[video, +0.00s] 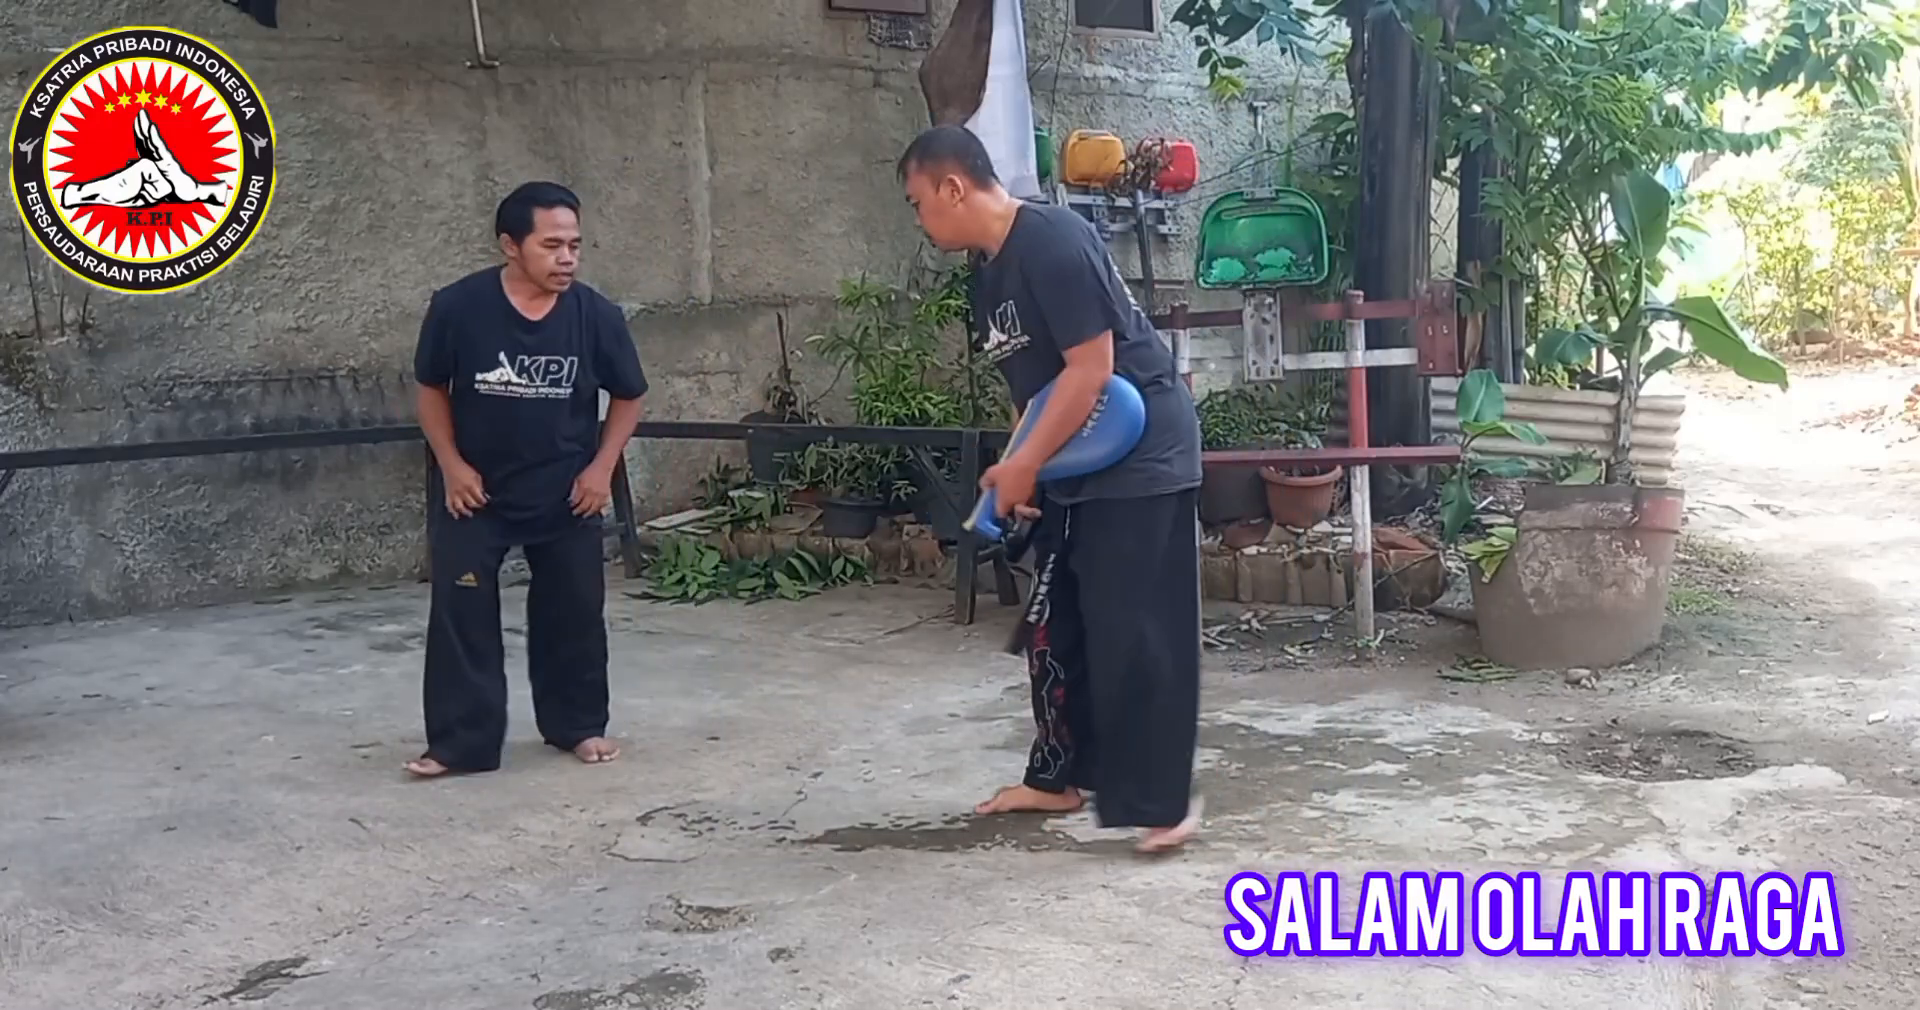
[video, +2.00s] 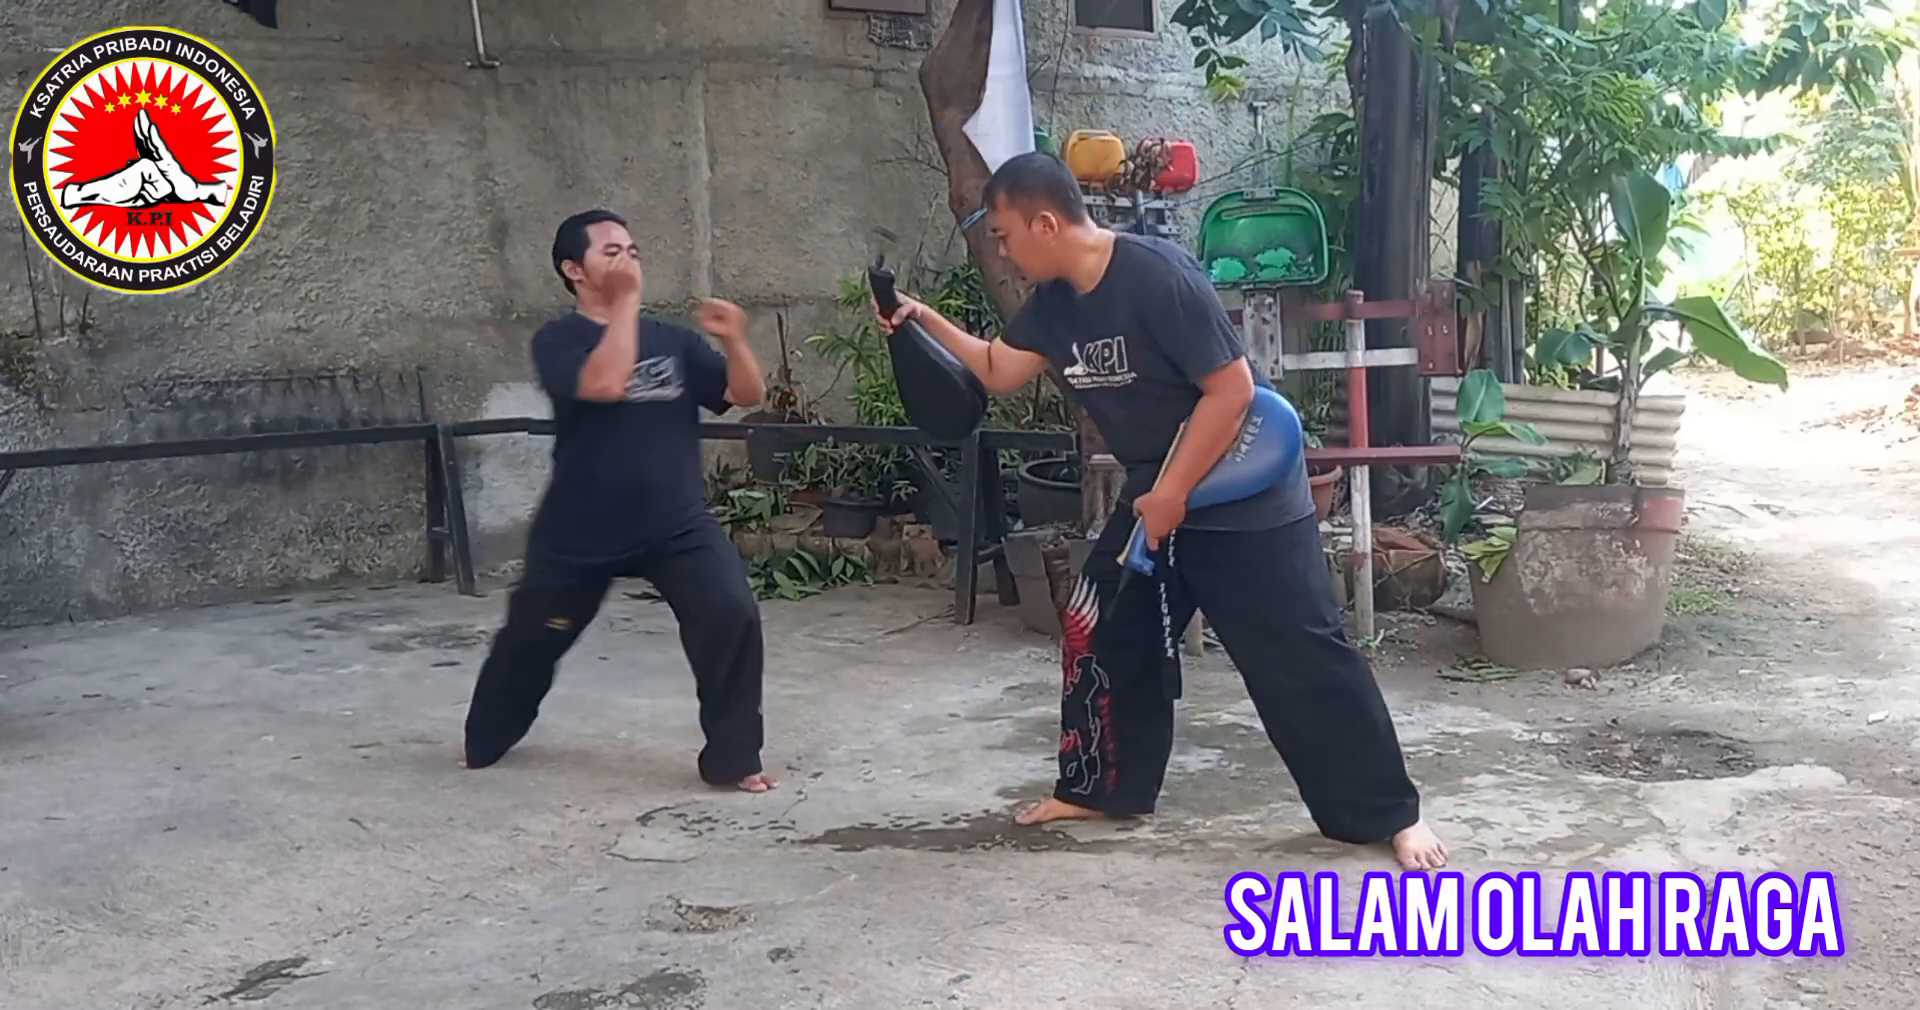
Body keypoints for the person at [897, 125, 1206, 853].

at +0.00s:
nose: (920, 225)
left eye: (920, 205)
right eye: (915, 208)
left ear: (954, 188)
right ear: (958, 189)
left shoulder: (1051, 239)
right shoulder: (990, 276)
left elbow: (1093, 368)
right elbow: (1031, 389)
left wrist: (1022, 463)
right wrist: (1021, 472)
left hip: (1144, 462)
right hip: (1078, 467)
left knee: (1139, 628)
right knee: (1059, 623)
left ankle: (1164, 804)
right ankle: (1058, 779)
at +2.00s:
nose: (1003, 250)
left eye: (1005, 234)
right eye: (998, 237)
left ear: (1047, 222)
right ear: (1047, 223)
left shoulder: (1158, 275)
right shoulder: (1052, 301)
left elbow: (1231, 389)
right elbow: (999, 370)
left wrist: (1169, 490)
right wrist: (921, 321)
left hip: (1247, 493)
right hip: (1156, 498)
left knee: (1308, 647)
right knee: (1109, 634)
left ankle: (1396, 815)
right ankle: (1106, 791)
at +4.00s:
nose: (1373, 102)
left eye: (1386, 82)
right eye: (1372, 86)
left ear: (1443, 79)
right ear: (1429, 86)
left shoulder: (1520, 188)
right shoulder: (1412, 188)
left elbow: (1522, 337)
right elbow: (1414, 326)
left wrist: (1409, 397)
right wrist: (1373, 411)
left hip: (1497, 483)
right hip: (1408, 468)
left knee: (1517, 671)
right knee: (1392, 647)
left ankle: (1543, 853)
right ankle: (1379, 806)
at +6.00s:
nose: (1025, 202)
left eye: (1029, 184)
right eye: (1022, 187)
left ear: (1072, 170)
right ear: (1069, 175)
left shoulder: (1171, 237)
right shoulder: (1076, 260)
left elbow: (1214, 365)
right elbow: (1098, 374)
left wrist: (1163, 475)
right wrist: (1086, 463)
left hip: (1232, 481)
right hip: (1141, 485)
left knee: (1273, 644)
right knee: (1122, 631)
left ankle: (1322, 805)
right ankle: (1095, 772)